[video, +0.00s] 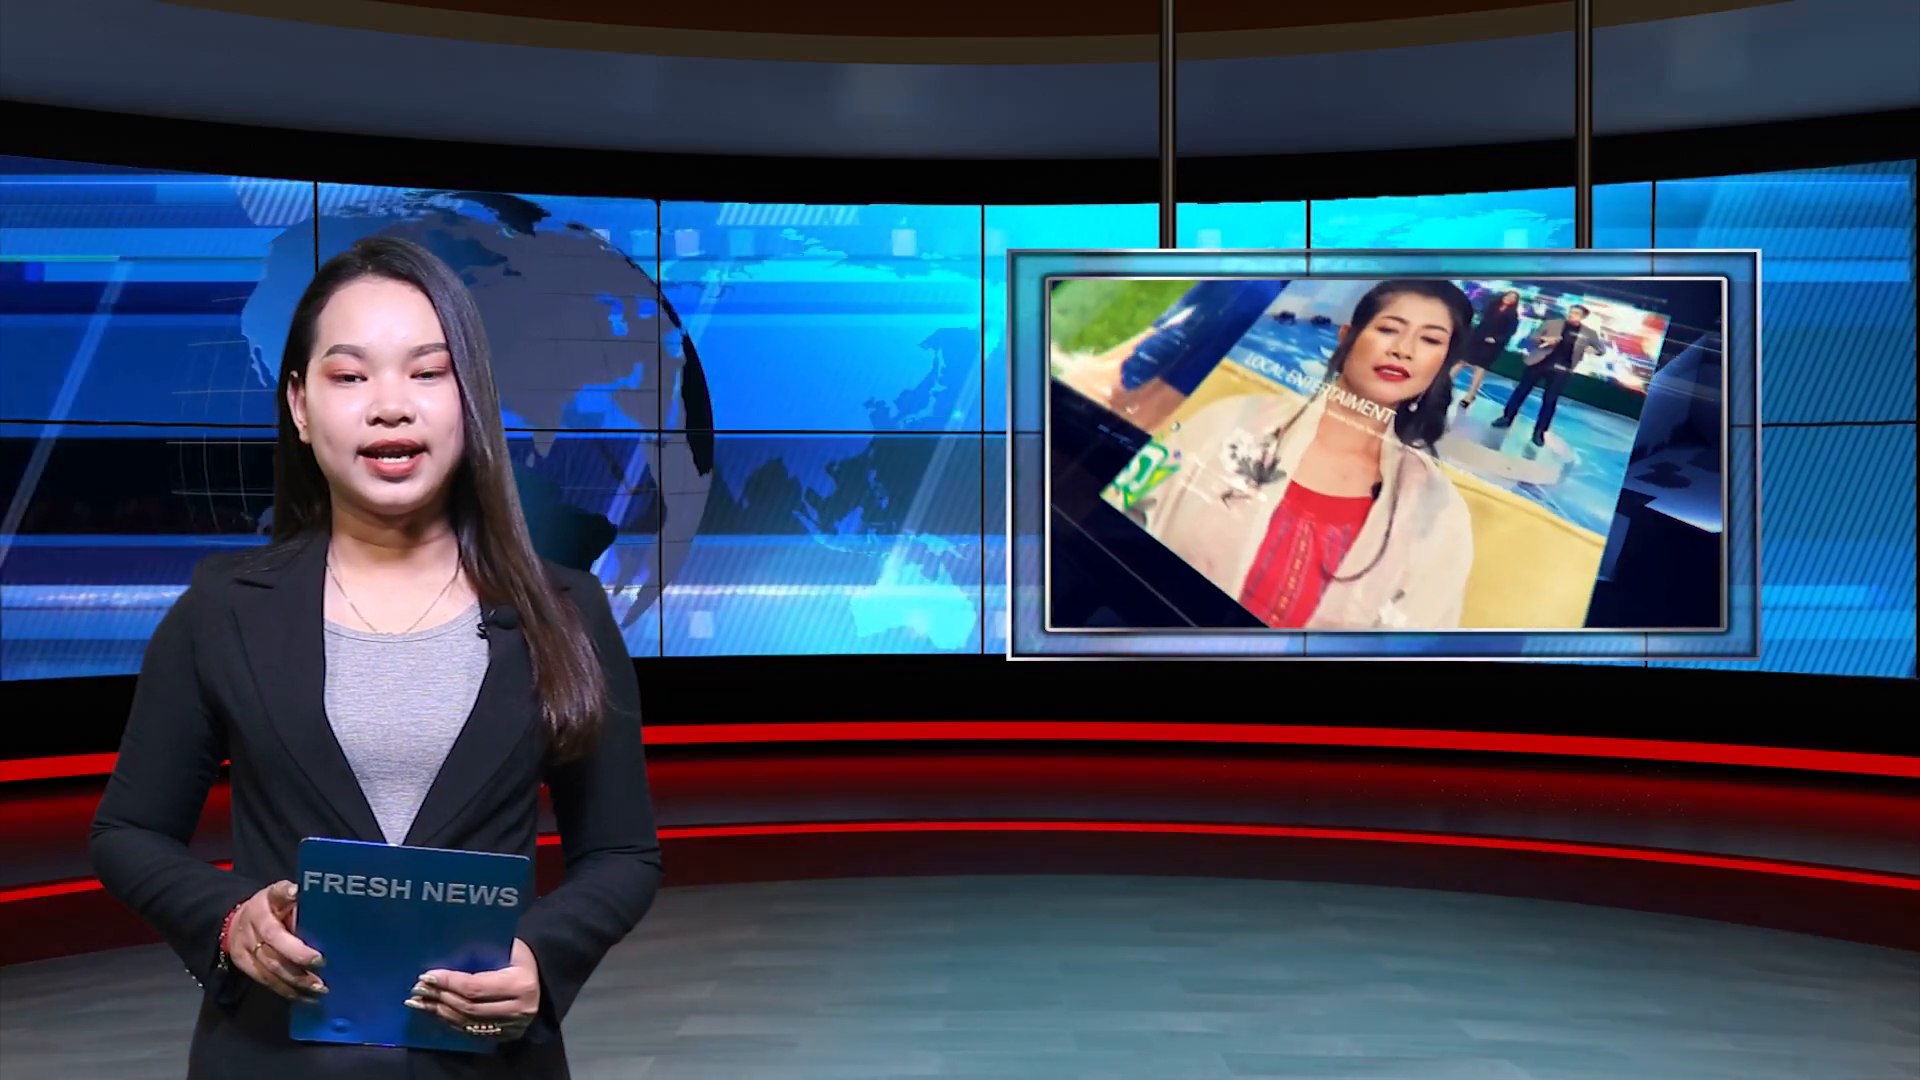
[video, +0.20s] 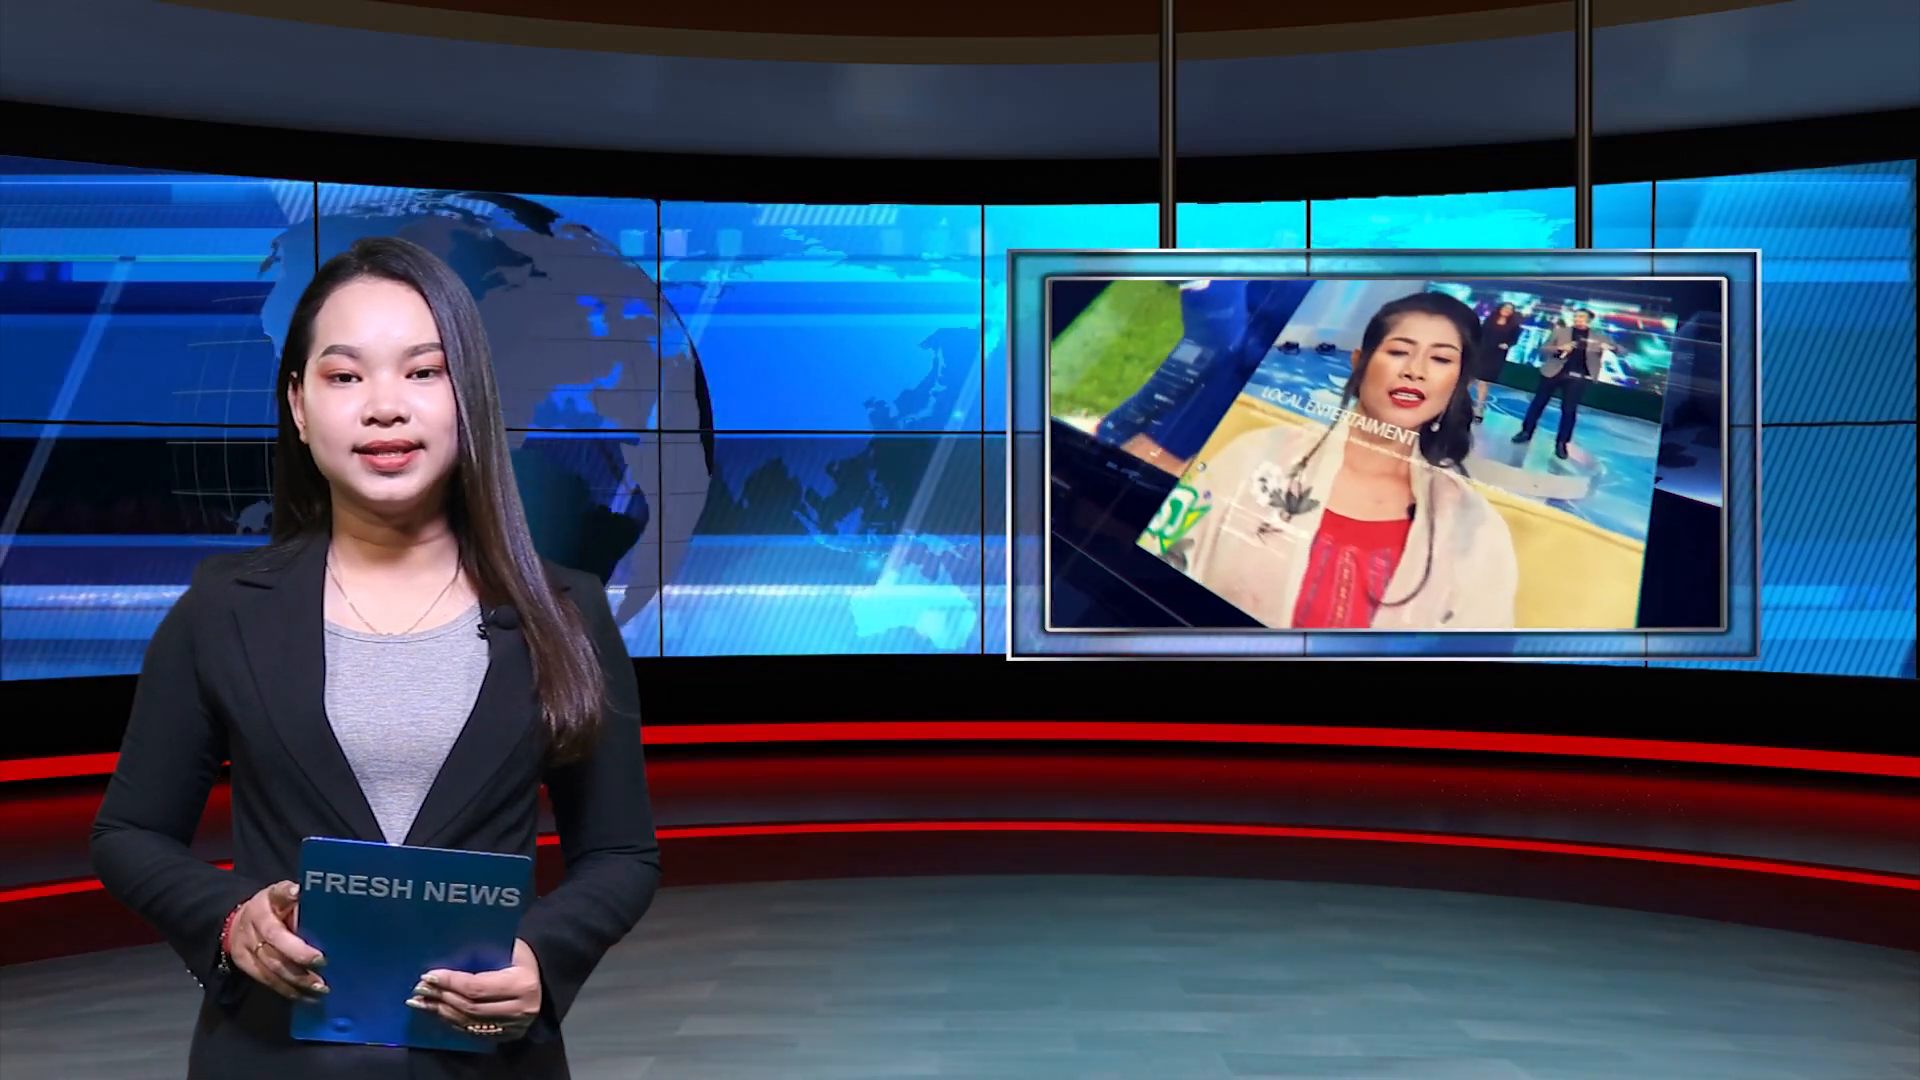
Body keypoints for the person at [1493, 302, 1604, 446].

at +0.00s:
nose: (1573, 316)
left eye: (1577, 314)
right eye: (1572, 313)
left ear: (1582, 318)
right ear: (1568, 313)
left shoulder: (1589, 334)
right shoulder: (1552, 324)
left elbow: (1601, 351)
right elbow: (1531, 339)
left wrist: (1591, 350)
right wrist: (1545, 339)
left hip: (1560, 371)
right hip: (1539, 364)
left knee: (1550, 402)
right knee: (1522, 390)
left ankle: (1539, 432)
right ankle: (1507, 418)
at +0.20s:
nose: (1579, 321)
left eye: (1583, 318)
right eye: (1577, 317)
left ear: (1588, 321)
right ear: (1573, 318)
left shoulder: (1598, 338)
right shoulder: (1561, 332)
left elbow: (1621, 351)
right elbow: (1543, 349)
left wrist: (1613, 349)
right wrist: (1559, 348)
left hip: (1576, 379)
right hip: (1553, 374)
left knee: (1569, 412)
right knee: (1539, 402)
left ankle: (1562, 443)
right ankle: (1526, 432)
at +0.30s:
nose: (1586, 322)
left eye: (1590, 320)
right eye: (1585, 319)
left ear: (1597, 323)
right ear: (1581, 321)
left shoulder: (1607, 339)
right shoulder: (1571, 335)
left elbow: (1631, 354)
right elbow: (1557, 353)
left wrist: (1621, 352)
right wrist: (1570, 355)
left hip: (1589, 382)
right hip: (1566, 378)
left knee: (1583, 417)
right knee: (1552, 407)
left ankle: (1577, 449)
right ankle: (1541, 438)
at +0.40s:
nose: (1588, 326)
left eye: (1592, 323)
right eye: (1588, 322)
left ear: (1602, 326)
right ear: (1586, 325)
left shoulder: (1615, 343)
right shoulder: (1579, 340)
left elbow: (1637, 361)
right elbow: (1565, 357)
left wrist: (1625, 360)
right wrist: (1576, 362)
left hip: (1598, 386)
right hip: (1576, 382)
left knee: (1592, 419)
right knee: (1561, 411)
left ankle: (1587, 453)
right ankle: (1551, 443)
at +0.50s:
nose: (1596, 330)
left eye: (1600, 327)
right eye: (1596, 327)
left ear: (1610, 330)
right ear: (1599, 330)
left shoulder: (1629, 349)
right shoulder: (1591, 344)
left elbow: (1642, 370)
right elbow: (1580, 360)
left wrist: (1628, 378)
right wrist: (1585, 367)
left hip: (1612, 389)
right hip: (1591, 386)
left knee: (1605, 425)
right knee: (1573, 416)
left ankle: (1601, 459)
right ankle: (1564, 449)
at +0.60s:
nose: (1605, 331)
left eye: (1609, 328)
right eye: (1605, 328)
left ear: (1619, 332)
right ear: (1609, 332)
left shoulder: (1636, 351)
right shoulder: (1603, 347)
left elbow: (1651, 372)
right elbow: (1596, 364)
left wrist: (1633, 382)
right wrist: (1595, 370)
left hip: (1622, 395)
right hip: (1601, 391)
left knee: (1616, 431)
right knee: (1583, 420)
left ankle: (1613, 464)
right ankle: (1575, 453)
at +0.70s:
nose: (1619, 336)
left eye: (1622, 333)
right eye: (1619, 333)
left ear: (1632, 335)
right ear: (1627, 336)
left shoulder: (1649, 355)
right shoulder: (1620, 350)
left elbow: (1663, 377)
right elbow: (1615, 368)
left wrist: (1638, 387)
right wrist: (1609, 373)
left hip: (1637, 401)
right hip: (1616, 395)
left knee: (1633, 436)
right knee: (1603, 428)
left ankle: (1632, 471)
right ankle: (1589, 460)